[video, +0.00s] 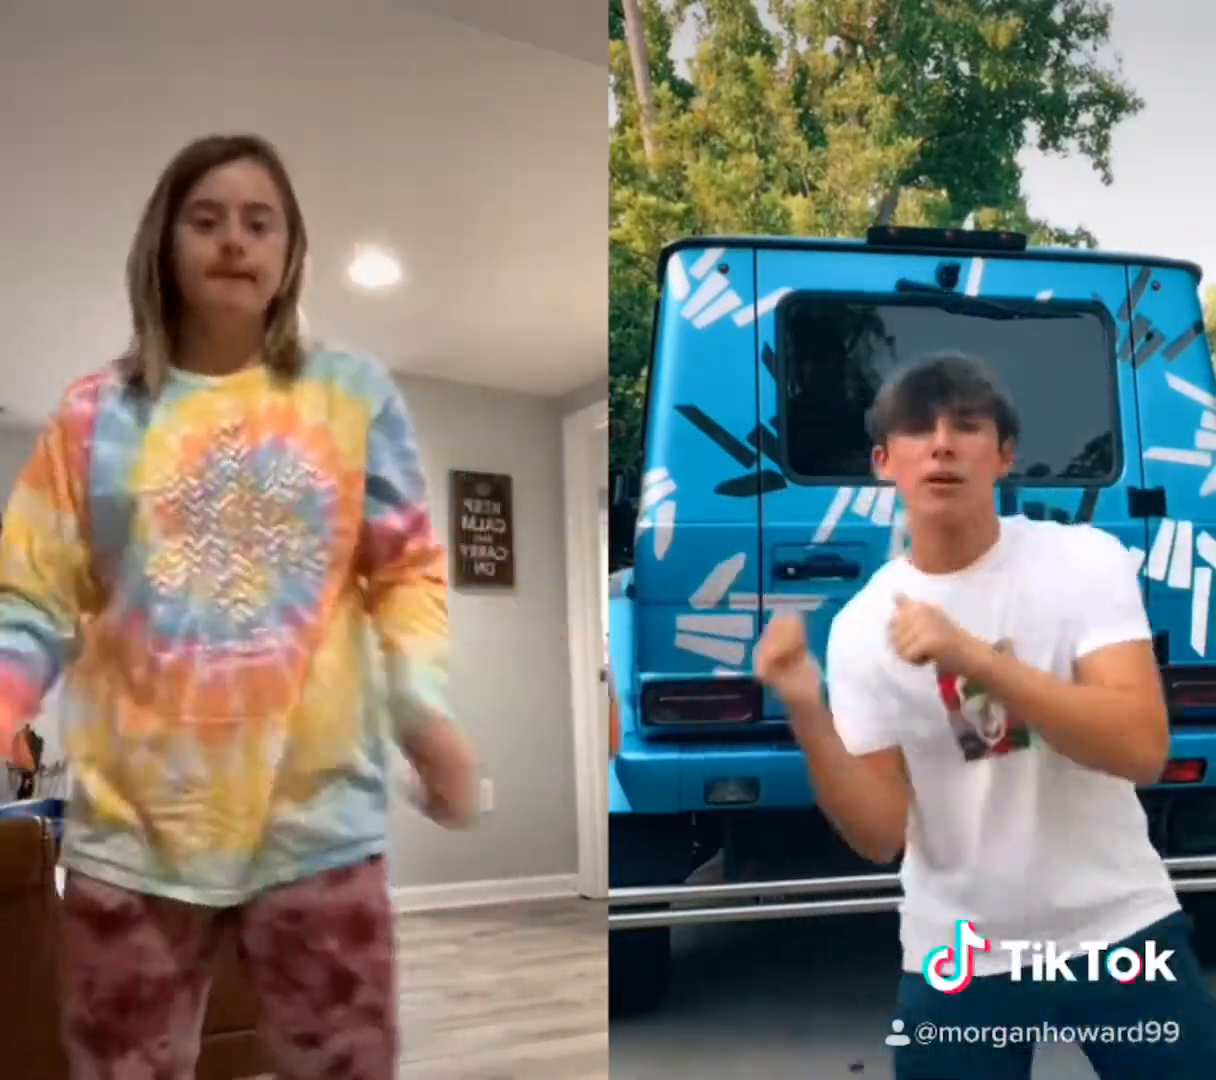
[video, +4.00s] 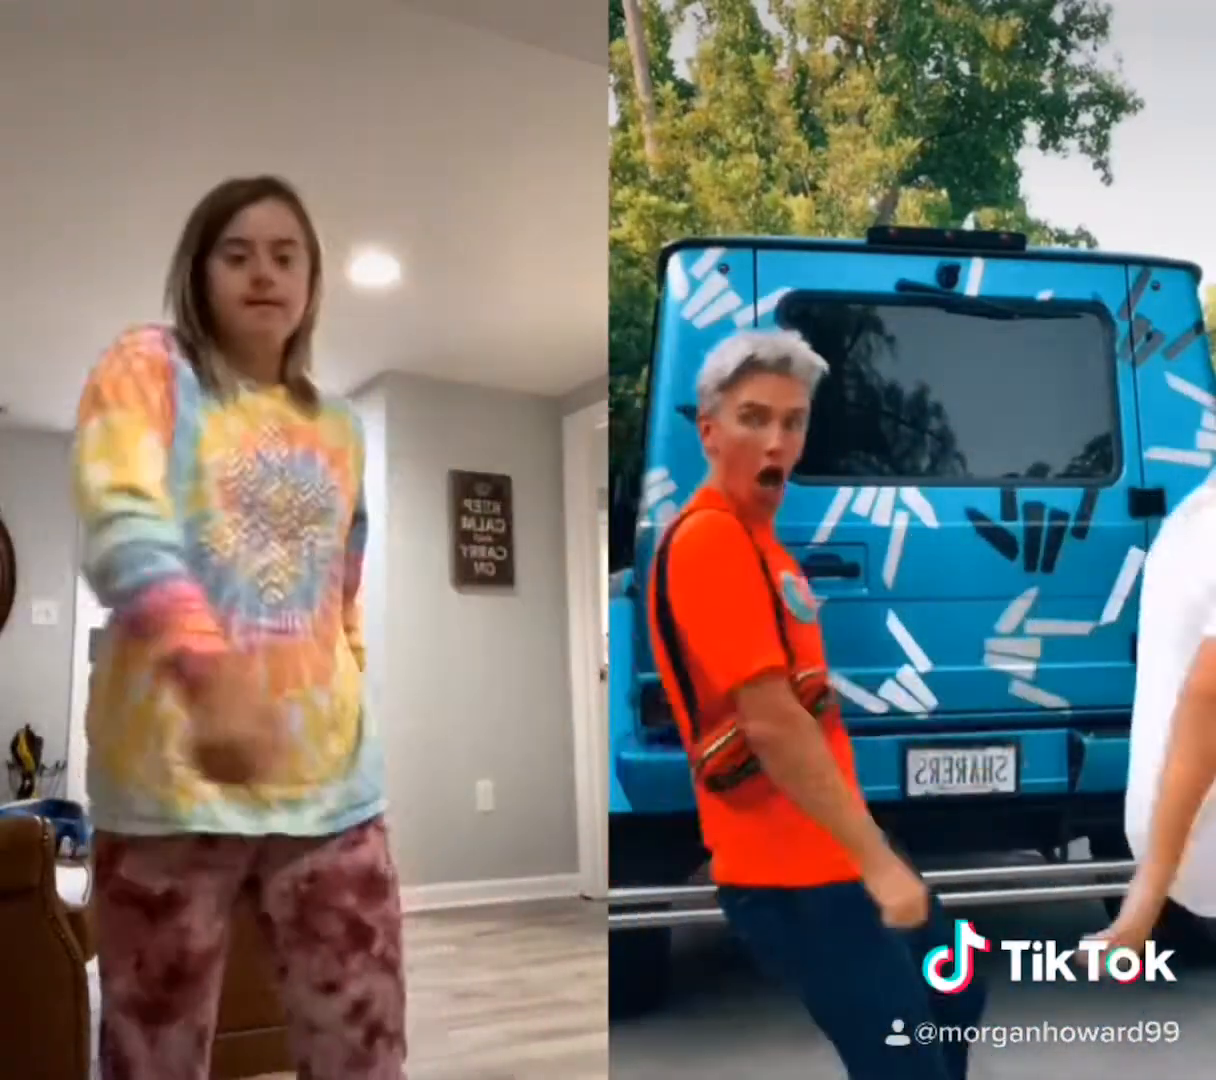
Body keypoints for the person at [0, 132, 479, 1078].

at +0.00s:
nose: (234, 241)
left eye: (261, 221)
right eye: (206, 219)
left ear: (291, 253)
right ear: (165, 246)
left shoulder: (357, 399)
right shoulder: (99, 413)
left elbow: (407, 573)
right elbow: (33, 604)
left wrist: (421, 709)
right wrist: (5, 720)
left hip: (319, 831)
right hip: (132, 836)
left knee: (346, 1065)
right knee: (122, 1069)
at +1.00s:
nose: (561, 287)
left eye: (585, 266)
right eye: (535, 267)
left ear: (612, 292)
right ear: (498, 292)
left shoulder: (597, 445)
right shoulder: (426, 407)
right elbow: (375, 580)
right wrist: (536, 636)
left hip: (570, 828)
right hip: (425, 825)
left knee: (585, 1064)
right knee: (371, 1064)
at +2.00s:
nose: (200, 259)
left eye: (225, 242)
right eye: (174, 243)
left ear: (261, 272)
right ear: (141, 276)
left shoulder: (333, 388)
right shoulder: (100, 442)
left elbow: (370, 541)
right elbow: (72, 586)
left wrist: (206, 613)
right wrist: (47, 638)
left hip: (310, 800)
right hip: (144, 815)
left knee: (373, 1055)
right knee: (120, 1062)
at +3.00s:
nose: (447, 293)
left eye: (472, 277)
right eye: (427, 269)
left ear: (498, 305)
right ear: (388, 283)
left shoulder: (532, 449)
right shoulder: (308, 431)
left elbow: (565, 604)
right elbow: (255, 606)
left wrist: (555, 681)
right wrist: (388, 668)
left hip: (498, 816)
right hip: (340, 820)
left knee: (522, 1064)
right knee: (325, 1065)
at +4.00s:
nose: (264, 274)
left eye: (286, 255)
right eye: (237, 253)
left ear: (312, 281)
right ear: (198, 276)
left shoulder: (340, 427)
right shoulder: (145, 366)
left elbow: (343, 596)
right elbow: (120, 530)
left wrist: (340, 707)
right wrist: (209, 672)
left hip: (328, 790)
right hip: (169, 793)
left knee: (362, 1054)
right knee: (156, 1060)